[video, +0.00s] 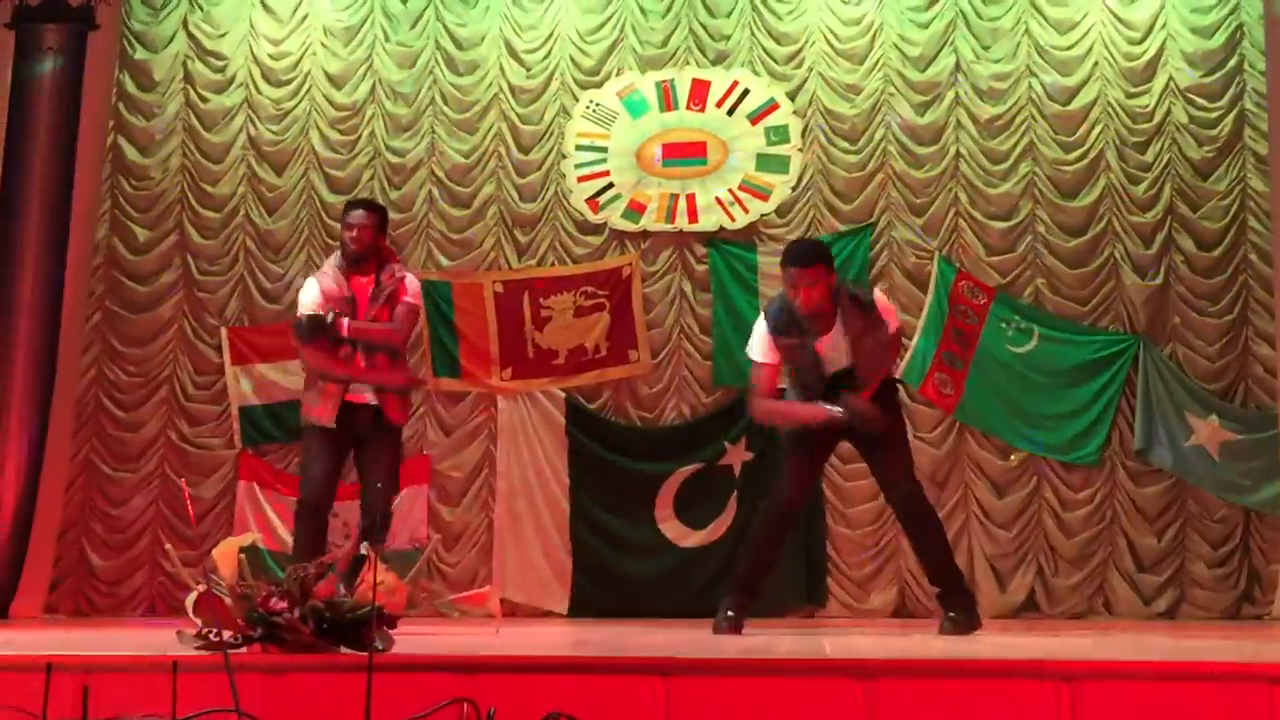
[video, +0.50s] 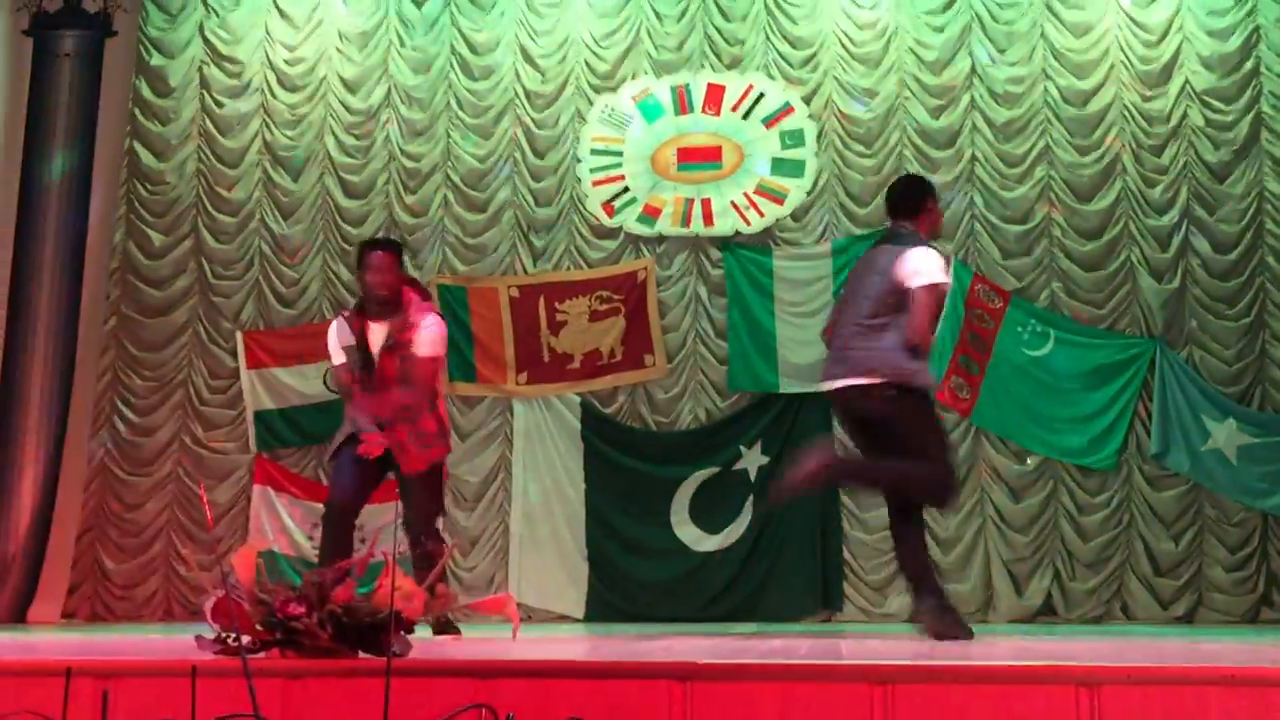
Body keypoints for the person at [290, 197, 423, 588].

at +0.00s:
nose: (354, 236)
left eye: (364, 229)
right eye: (348, 227)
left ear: (382, 235)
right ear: (341, 231)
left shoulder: (405, 284)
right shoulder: (320, 284)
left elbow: (398, 336)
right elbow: (314, 361)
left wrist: (337, 325)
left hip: (380, 412)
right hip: (329, 408)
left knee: (378, 509)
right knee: (312, 499)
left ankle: (361, 593)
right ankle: (301, 589)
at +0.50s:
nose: (380, 280)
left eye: (388, 271)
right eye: (372, 271)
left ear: (401, 276)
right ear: (359, 276)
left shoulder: (427, 325)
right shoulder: (343, 327)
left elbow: (418, 393)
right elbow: (350, 393)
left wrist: (369, 413)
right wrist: (367, 424)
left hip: (418, 438)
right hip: (367, 437)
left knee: (422, 526)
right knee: (339, 506)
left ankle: (439, 614)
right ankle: (327, 605)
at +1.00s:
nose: (336, 242)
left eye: (338, 236)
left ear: (342, 237)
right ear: (381, 235)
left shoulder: (336, 277)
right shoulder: (417, 272)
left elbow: (305, 349)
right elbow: (485, 306)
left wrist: (329, 374)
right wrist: (478, 368)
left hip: (370, 405)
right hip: (419, 401)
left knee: (376, 511)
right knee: (413, 501)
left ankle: (408, 615)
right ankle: (451, 597)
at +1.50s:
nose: (368, 241)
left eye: (378, 234)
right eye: (363, 233)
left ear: (397, 240)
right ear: (355, 238)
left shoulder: (420, 287)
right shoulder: (335, 286)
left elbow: (420, 350)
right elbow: (296, 349)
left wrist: (369, 315)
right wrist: (332, 308)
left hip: (392, 415)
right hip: (341, 415)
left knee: (389, 517)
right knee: (343, 520)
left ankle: (387, 622)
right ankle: (345, 621)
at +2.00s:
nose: (390, 291)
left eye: (399, 285)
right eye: (383, 284)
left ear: (412, 292)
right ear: (371, 290)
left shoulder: (433, 343)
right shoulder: (345, 343)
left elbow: (456, 413)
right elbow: (313, 408)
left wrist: (411, 395)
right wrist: (363, 393)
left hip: (412, 467)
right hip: (361, 468)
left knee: (411, 566)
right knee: (367, 569)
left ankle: (407, 656)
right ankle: (371, 657)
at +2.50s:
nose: (401, 308)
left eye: (410, 301)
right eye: (394, 300)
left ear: (426, 307)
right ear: (385, 305)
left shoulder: (451, 359)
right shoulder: (365, 358)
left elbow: (476, 423)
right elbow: (342, 432)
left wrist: (438, 403)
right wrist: (357, 409)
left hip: (428, 490)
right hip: (377, 489)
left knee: (423, 589)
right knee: (371, 591)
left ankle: (421, 685)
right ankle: (387, 682)